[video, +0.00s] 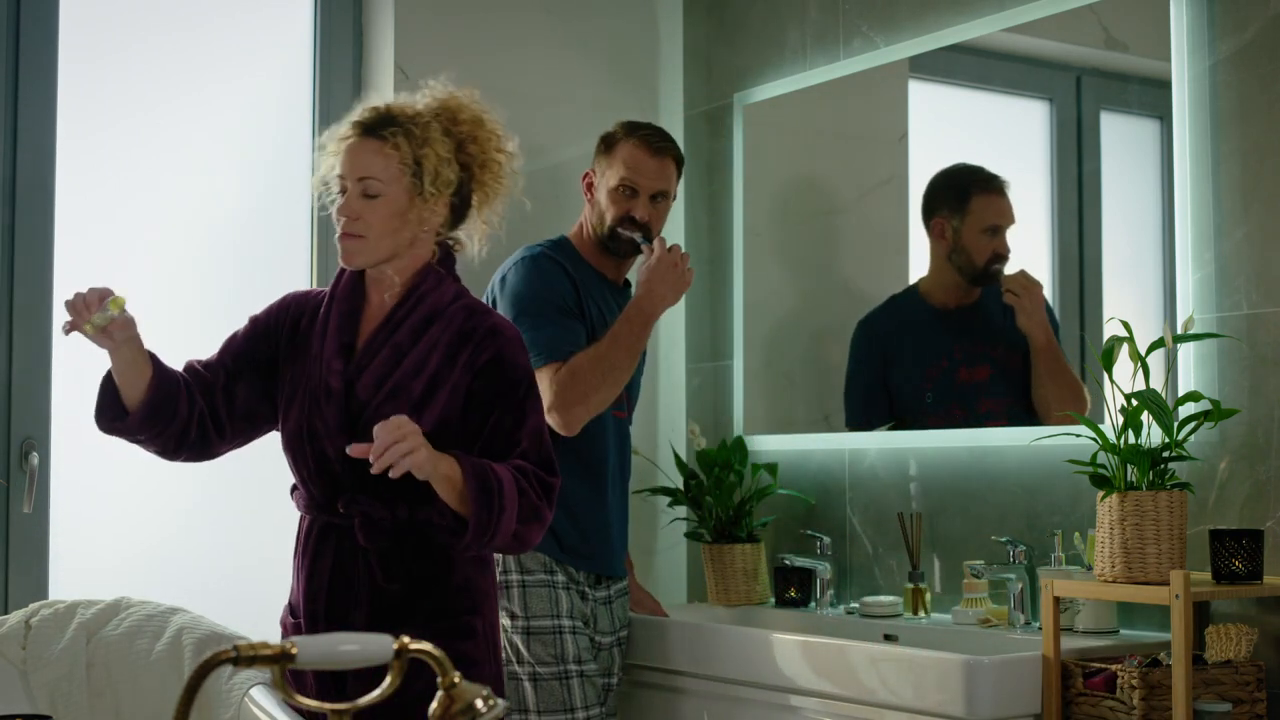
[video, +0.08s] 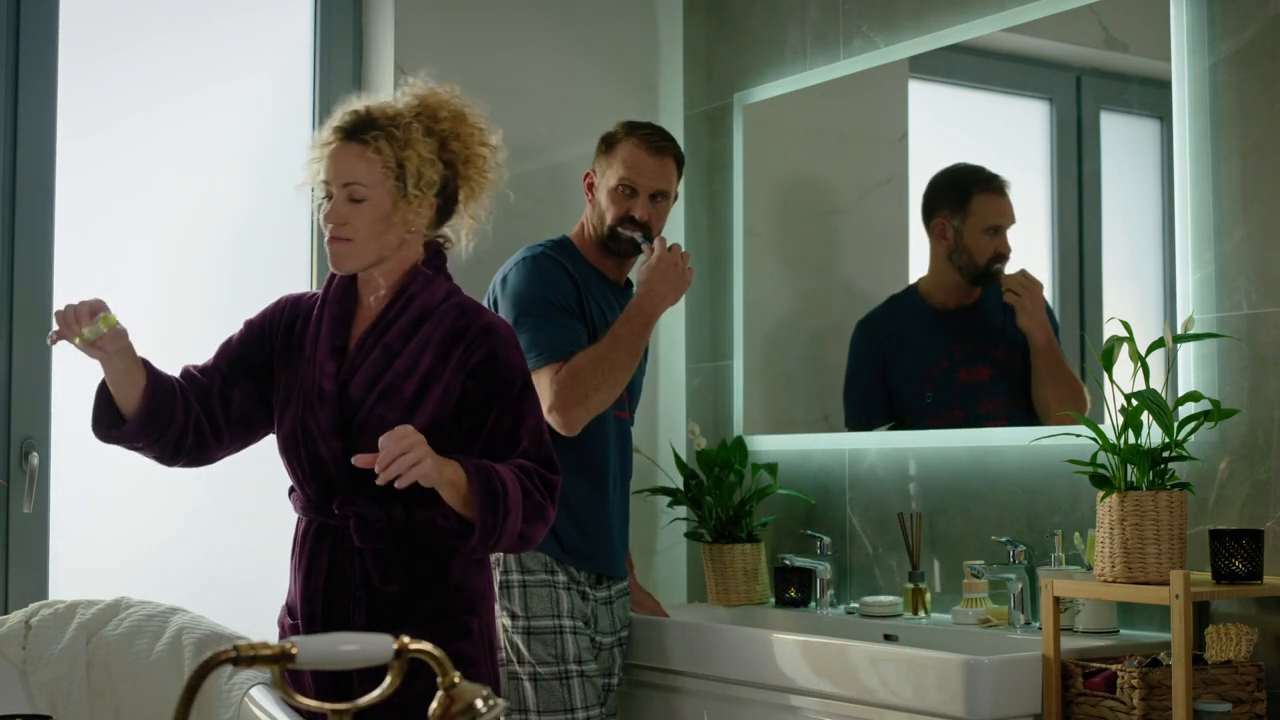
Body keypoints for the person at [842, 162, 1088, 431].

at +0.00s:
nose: (1004, 250)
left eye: (1005, 233)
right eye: (991, 233)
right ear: (941, 231)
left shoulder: (1027, 311)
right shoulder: (880, 331)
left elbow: (1067, 420)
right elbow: (867, 452)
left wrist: (1039, 332)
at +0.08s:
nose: (1005, 249)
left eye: (1006, 233)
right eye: (992, 233)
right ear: (942, 232)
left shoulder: (1027, 311)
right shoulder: (880, 332)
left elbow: (1067, 421)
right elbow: (868, 452)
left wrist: (1039, 331)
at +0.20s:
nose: (1007, 249)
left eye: (1007, 233)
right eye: (993, 233)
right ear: (943, 232)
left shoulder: (1027, 311)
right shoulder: (880, 331)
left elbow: (1068, 421)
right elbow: (866, 451)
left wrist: (1039, 331)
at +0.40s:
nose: (1007, 251)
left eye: (1007, 235)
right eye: (993, 235)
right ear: (944, 232)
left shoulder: (1028, 312)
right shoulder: (880, 332)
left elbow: (1069, 422)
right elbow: (867, 452)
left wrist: (1042, 336)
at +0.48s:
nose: (1005, 253)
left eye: (1006, 236)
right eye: (991, 236)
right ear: (941, 231)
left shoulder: (1028, 312)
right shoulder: (881, 332)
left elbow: (1069, 422)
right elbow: (868, 451)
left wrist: (1042, 339)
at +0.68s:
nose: (988, 258)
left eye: (997, 241)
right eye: (973, 241)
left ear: (1005, 236)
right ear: (932, 234)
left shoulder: (1030, 311)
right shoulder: (882, 331)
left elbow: (1069, 424)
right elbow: (867, 449)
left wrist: (1036, 346)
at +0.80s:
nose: (974, 265)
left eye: (987, 248)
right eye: (958, 248)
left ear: (998, 239)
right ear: (926, 238)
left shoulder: (1031, 311)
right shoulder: (882, 332)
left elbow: (1070, 424)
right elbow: (866, 449)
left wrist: (1029, 350)